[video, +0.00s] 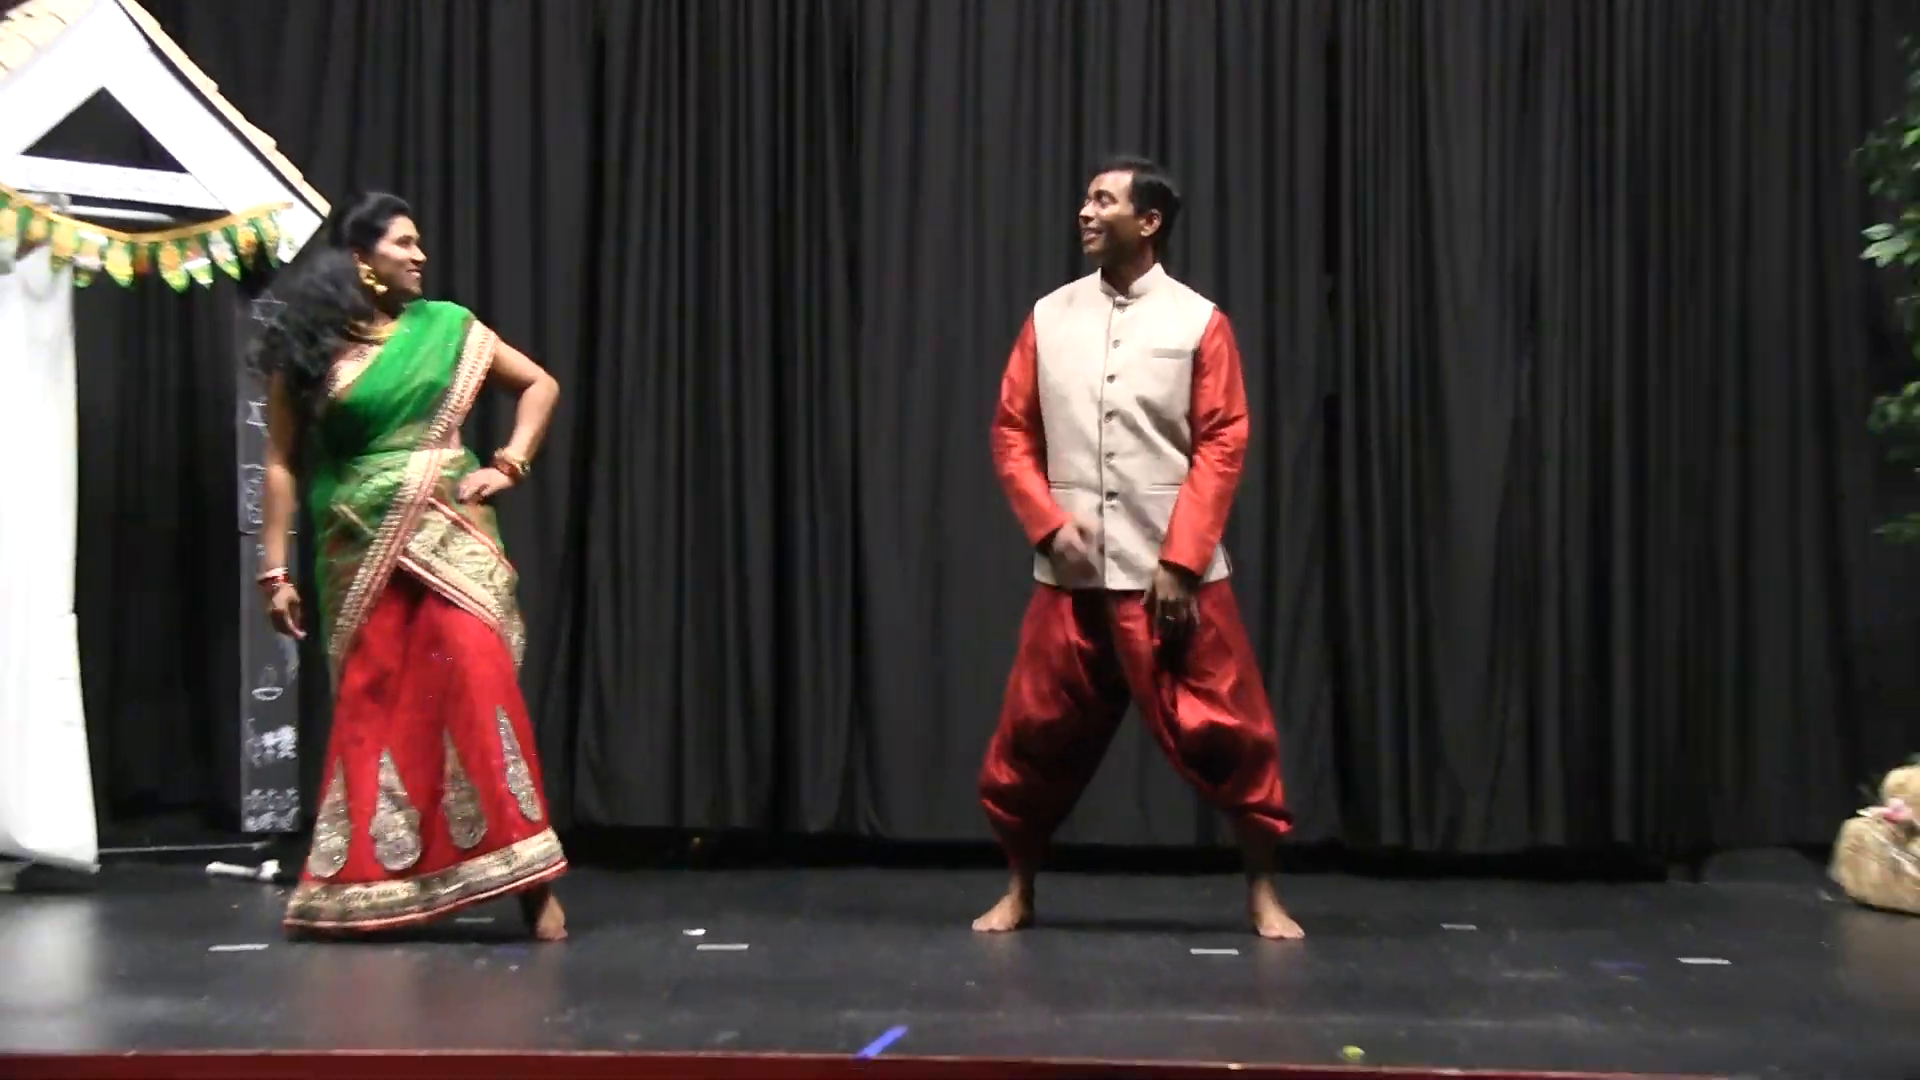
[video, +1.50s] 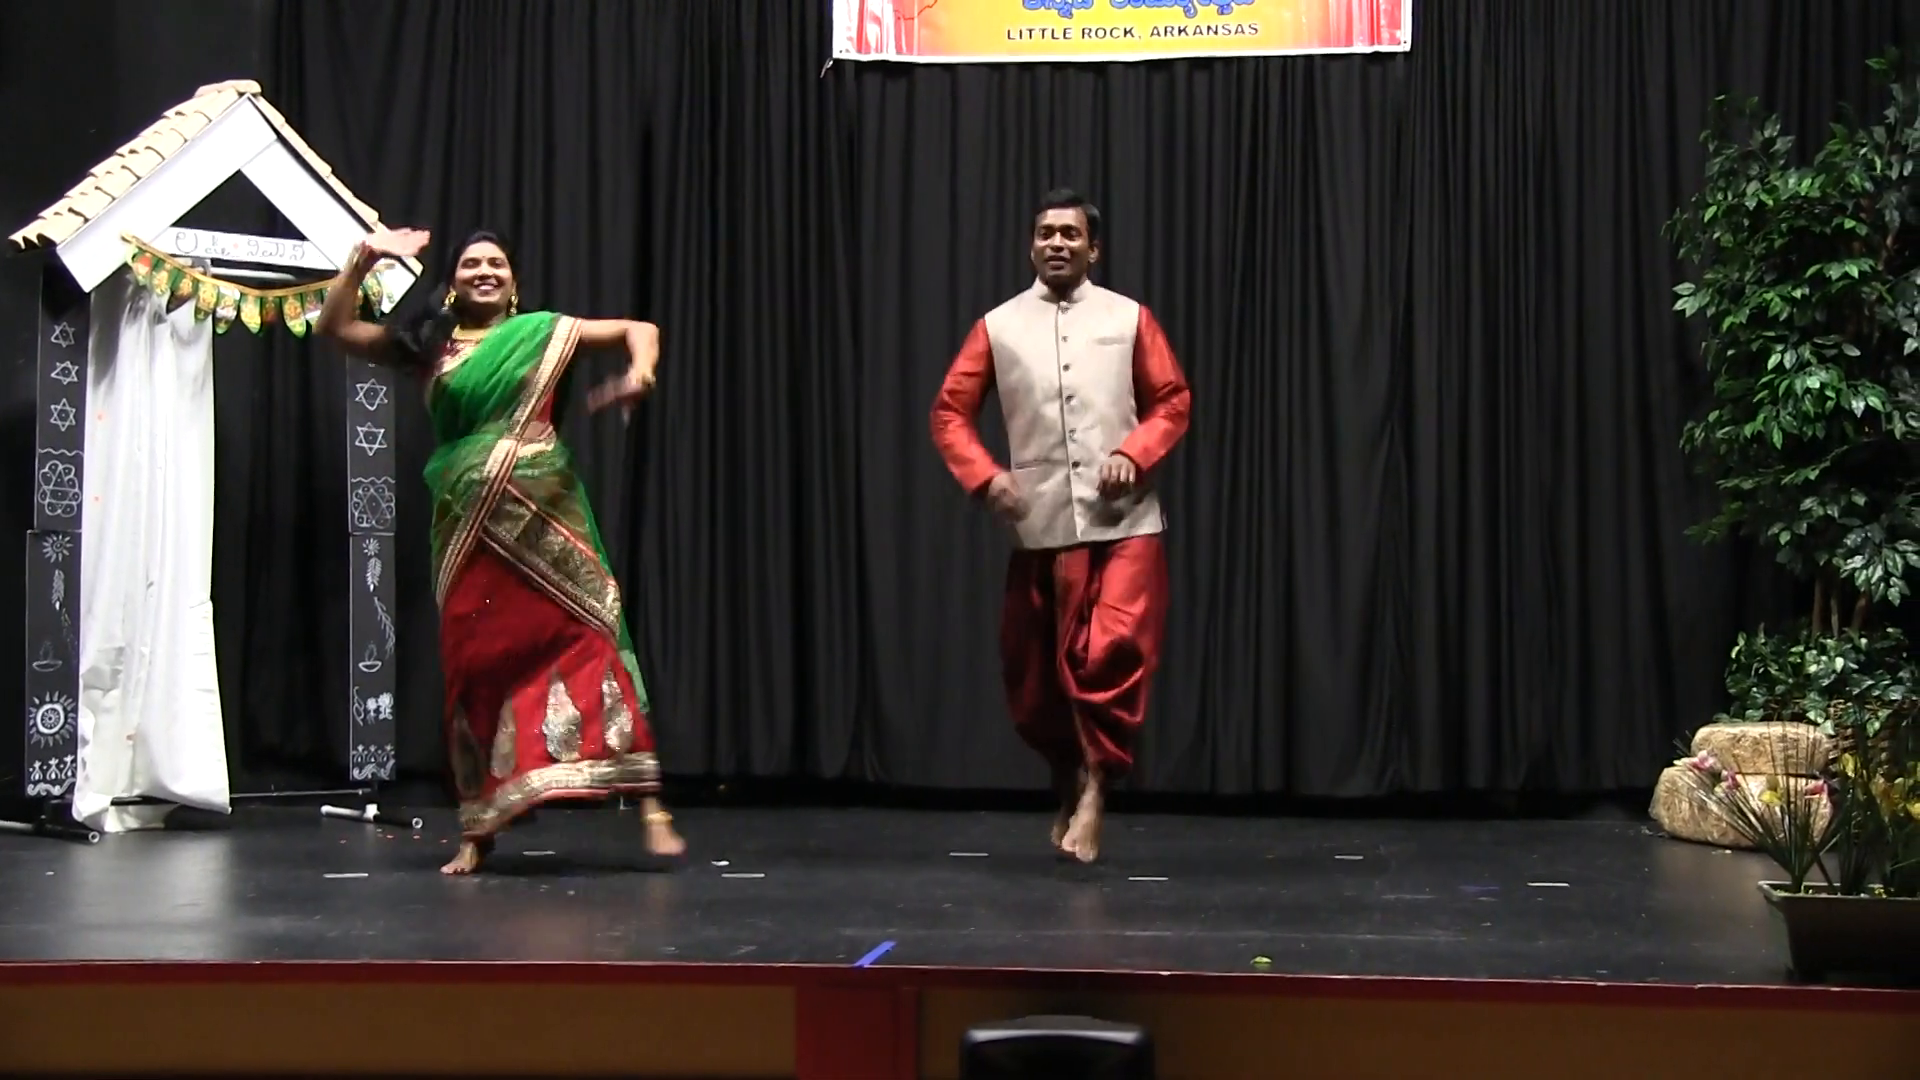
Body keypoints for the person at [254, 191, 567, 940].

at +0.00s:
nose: (419, 256)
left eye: (420, 244)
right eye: (403, 243)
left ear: (416, 256)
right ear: (358, 253)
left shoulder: (448, 325)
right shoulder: (306, 344)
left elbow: (539, 384)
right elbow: (281, 459)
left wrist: (511, 461)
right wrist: (275, 569)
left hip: (452, 531)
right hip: (362, 544)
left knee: (480, 688)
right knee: (369, 704)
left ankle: (535, 880)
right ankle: (375, 891)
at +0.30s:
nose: (510, 302)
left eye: (512, 293)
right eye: (497, 292)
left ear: (511, 302)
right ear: (460, 302)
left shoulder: (535, 365)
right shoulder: (415, 375)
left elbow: (605, 421)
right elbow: (395, 471)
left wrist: (582, 484)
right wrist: (390, 562)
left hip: (531, 539)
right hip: (452, 548)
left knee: (553, 674)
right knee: (458, 687)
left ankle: (596, 825)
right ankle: (464, 838)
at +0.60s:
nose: (504, 292)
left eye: (514, 283)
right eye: (491, 284)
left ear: (530, 300)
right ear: (469, 303)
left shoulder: (563, 365)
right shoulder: (448, 375)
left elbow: (635, 421)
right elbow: (394, 460)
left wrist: (675, 480)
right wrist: (326, 507)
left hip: (542, 539)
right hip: (467, 541)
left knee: (542, 676)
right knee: (475, 676)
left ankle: (542, 824)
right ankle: (465, 824)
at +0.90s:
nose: (518, 298)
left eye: (530, 290)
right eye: (507, 290)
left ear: (550, 304)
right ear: (489, 307)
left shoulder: (585, 372)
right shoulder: (467, 370)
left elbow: (648, 442)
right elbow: (403, 447)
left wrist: (679, 511)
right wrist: (347, 492)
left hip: (563, 538)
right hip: (489, 536)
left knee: (554, 674)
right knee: (489, 667)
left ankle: (541, 827)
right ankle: (443, 823)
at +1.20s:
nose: (513, 310)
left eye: (526, 302)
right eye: (501, 304)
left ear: (544, 322)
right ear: (489, 326)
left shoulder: (568, 382)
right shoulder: (477, 394)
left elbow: (597, 406)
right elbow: (434, 388)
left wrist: (576, 342)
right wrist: (443, 322)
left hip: (561, 538)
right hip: (489, 536)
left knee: (555, 667)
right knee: (469, 659)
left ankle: (561, 821)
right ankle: (445, 812)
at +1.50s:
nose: (484, 272)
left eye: (495, 264)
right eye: (471, 264)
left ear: (514, 281)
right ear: (450, 282)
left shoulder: (543, 329)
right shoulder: (430, 344)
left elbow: (641, 329)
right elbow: (335, 328)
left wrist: (639, 370)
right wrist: (361, 258)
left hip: (551, 510)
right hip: (468, 519)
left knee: (605, 643)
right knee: (467, 667)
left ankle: (652, 809)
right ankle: (475, 834)